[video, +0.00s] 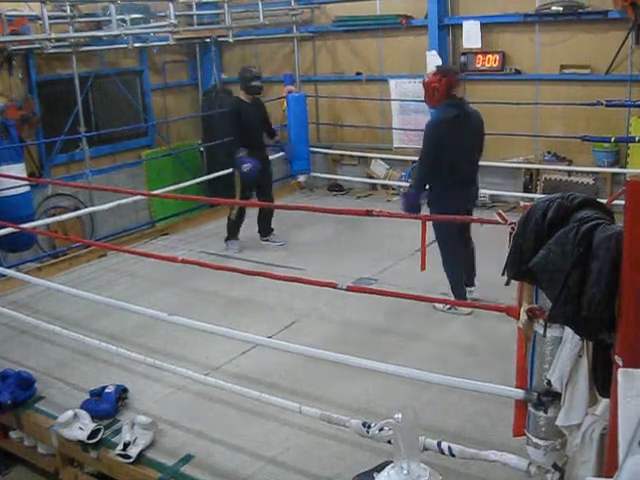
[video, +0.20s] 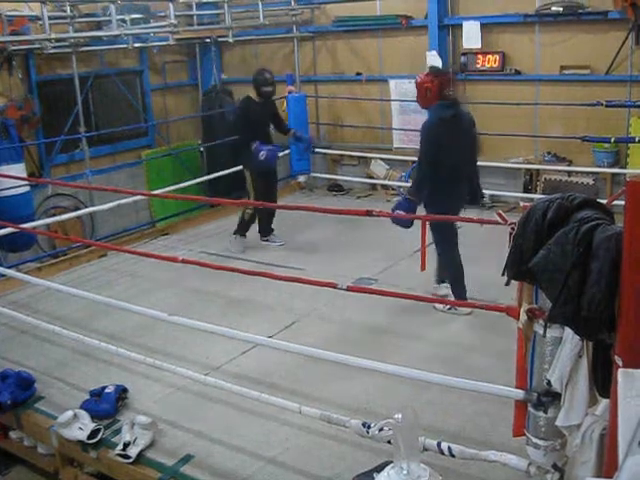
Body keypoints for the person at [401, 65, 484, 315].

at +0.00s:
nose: (425, 95)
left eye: (427, 90)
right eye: (425, 89)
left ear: (438, 91)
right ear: (452, 90)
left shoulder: (437, 123)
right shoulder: (473, 117)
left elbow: (426, 164)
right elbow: (475, 154)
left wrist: (413, 193)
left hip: (444, 193)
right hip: (468, 190)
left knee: (448, 244)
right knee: (464, 236)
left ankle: (460, 299)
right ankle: (468, 283)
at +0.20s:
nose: (418, 95)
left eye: (421, 90)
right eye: (419, 90)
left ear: (431, 92)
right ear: (445, 91)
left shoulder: (432, 125)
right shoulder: (465, 119)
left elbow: (425, 168)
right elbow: (470, 159)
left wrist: (411, 199)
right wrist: (474, 192)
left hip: (438, 193)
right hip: (458, 191)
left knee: (447, 244)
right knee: (443, 235)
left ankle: (460, 299)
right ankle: (442, 280)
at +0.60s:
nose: (387, 97)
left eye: (391, 92)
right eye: (388, 92)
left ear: (400, 94)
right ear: (411, 94)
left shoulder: (398, 124)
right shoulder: (426, 117)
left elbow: (391, 165)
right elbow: (437, 149)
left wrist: (380, 196)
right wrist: (432, 177)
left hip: (410, 190)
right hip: (428, 187)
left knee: (423, 243)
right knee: (411, 238)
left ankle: (454, 293)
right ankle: (398, 281)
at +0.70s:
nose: (378, 98)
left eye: (380, 93)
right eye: (378, 93)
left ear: (389, 94)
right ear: (403, 93)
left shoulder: (385, 123)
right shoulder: (422, 119)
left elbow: (379, 162)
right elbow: (426, 154)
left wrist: (368, 187)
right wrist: (416, 176)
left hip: (399, 187)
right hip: (422, 184)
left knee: (403, 242)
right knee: (412, 236)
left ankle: (440, 281)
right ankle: (397, 282)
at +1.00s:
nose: (351, 100)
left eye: (353, 96)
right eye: (352, 96)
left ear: (359, 97)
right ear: (378, 95)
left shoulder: (356, 124)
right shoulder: (397, 117)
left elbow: (350, 160)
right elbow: (397, 149)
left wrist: (342, 186)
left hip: (372, 185)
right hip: (398, 183)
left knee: (356, 227)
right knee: (400, 230)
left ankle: (361, 276)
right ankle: (398, 280)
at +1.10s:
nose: (346, 98)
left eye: (347, 95)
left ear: (351, 96)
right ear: (370, 94)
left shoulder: (345, 123)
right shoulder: (386, 118)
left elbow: (340, 157)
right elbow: (386, 147)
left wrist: (335, 186)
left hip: (359, 182)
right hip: (387, 182)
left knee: (344, 226)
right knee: (394, 231)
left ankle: (333, 273)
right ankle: (397, 281)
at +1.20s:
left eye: (336, 96)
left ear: (338, 98)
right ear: (359, 97)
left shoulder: (331, 124)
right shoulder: (374, 120)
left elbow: (327, 158)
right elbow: (376, 149)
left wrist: (328, 181)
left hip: (344, 186)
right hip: (372, 184)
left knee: (331, 227)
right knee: (387, 230)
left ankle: (319, 272)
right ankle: (396, 280)